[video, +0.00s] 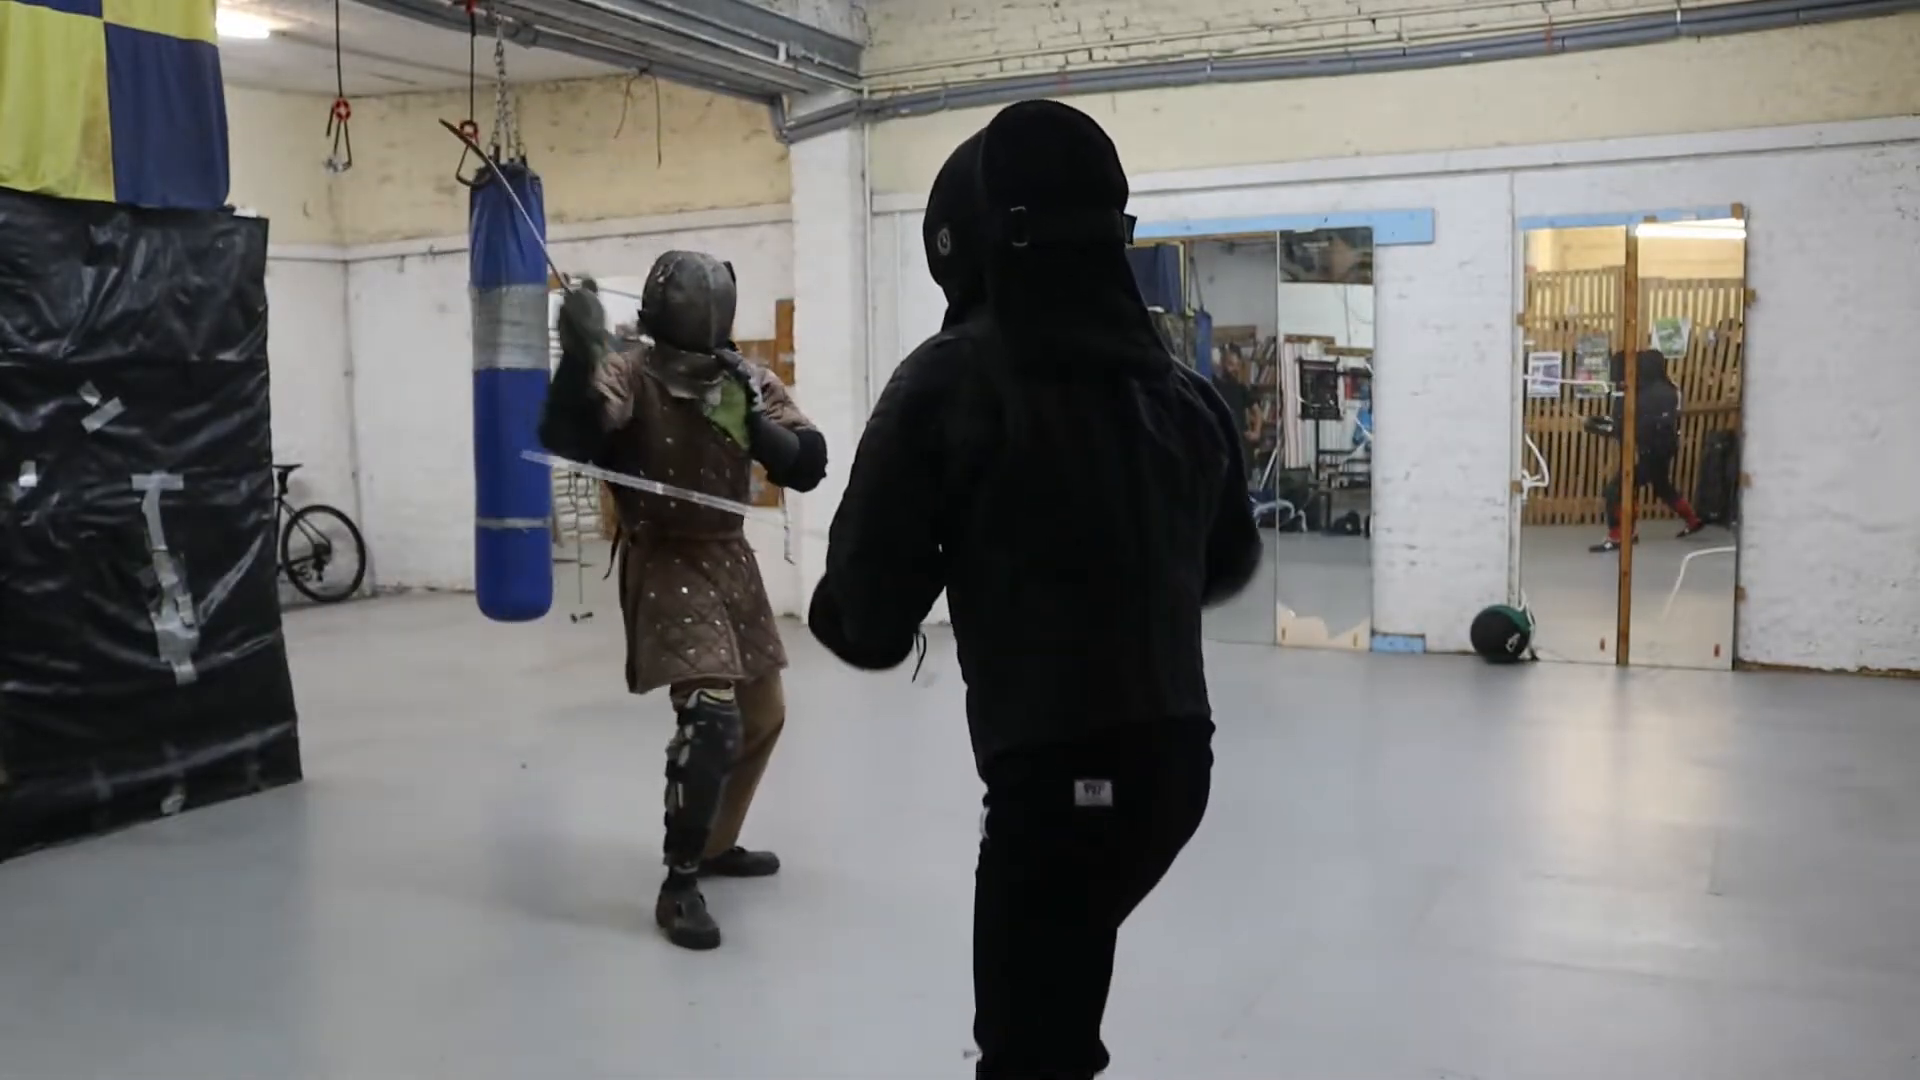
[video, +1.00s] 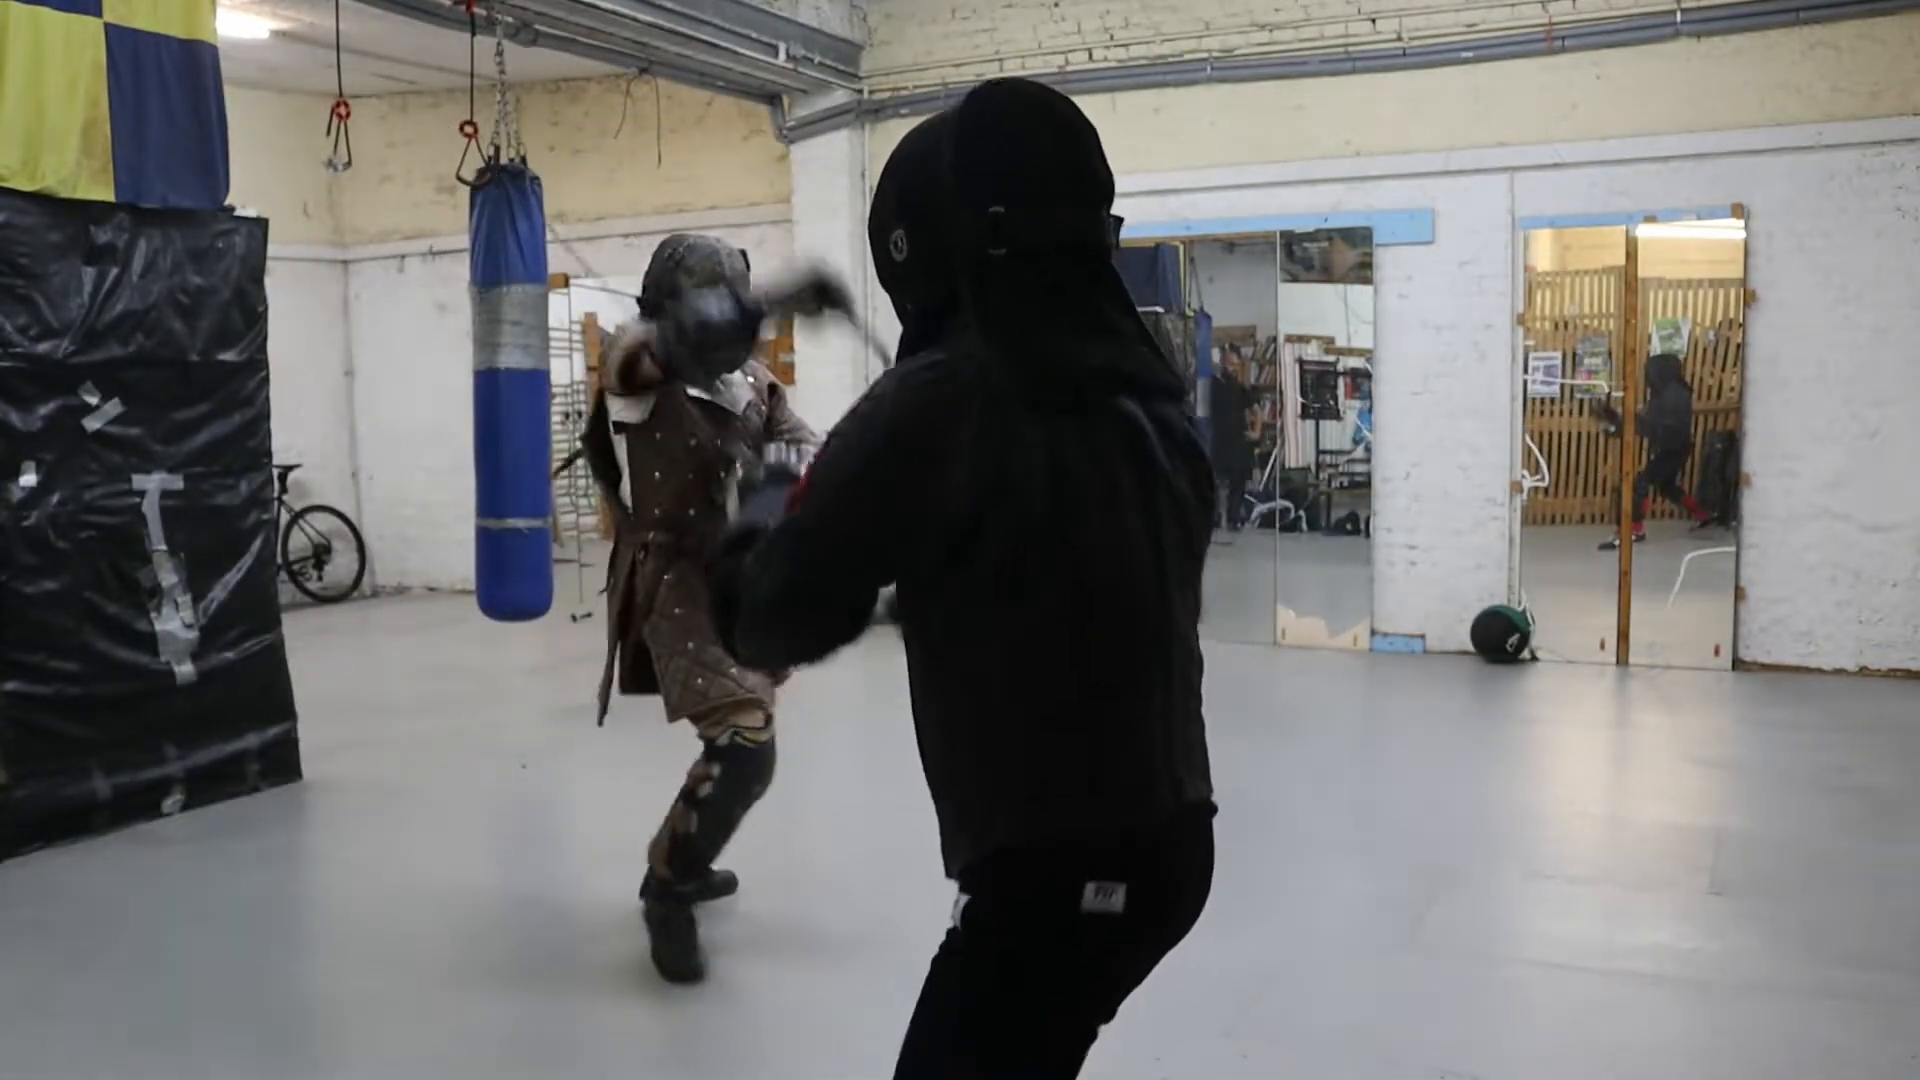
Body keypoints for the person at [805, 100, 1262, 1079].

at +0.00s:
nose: (934, 262)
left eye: (942, 236)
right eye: (936, 236)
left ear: (977, 240)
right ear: (1103, 233)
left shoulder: (945, 383)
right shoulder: (1177, 386)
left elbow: (868, 624)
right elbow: (1229, 560)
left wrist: (836, 589)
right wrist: (1112, 557)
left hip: (1049, 768)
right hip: (1175, 757)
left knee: (1031, 1046)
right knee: (1042, 1013)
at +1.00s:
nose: (894, 275)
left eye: (901, 244)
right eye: (890, 246)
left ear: (949, 239)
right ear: (1077, 230)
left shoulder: (937, 400)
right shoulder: (1147, 387)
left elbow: (779, 617)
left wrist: (760, 505)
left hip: (1043, 866)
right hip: (1161, 845)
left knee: (945, 1066)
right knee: (1013, 1057)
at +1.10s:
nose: (898, 282)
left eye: (907, 253)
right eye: (896, 253)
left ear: (950, 255)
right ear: (1090, 251)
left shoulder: (917, 423)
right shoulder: (1157, 425)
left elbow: (743, 591)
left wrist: (758, 450)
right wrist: (862, 443)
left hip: (1032, 897)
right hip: (1161, 875)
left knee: (946, 1063)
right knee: (1013, 1055)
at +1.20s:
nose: (895, 278)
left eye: (904, 247)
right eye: (894, 247)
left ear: (947, 251)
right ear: (1099, 248)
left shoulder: (905, 422)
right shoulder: (1171, 420)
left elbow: (730, 592)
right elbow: (1231, 460)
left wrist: (758, 476)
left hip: (1019, 928)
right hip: (1167, 907)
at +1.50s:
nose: (872, 244)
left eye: (887, 216)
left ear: (917, 236)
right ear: (1114, 215)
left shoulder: (886, 424)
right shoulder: (1191, 366)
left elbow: (698, 548)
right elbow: (1256, 213)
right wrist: (1129, 70)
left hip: (1032, 949)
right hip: (1219, 924)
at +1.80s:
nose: (909, 255)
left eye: (917, 223)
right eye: (907, 225)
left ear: (959, 222)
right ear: (1117, 213)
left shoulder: (925, 408)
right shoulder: (1200, 399)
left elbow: (820, 679)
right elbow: (1254, 580)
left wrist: (752, 560)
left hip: (1065, 891)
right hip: (1226, 864)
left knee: (998, 1065)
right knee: (1076, 1055)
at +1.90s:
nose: (917, 247)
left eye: (924, 217)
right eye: (914, 221)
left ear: (965, 210)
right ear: (1122, 200)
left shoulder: (937, 385)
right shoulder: (1207, 389)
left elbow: (807, 652)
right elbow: (1249, 619)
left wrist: (775, 547)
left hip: (1074, 876)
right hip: (1235, 852)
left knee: (1011, 1061)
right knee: (1087, 1055)